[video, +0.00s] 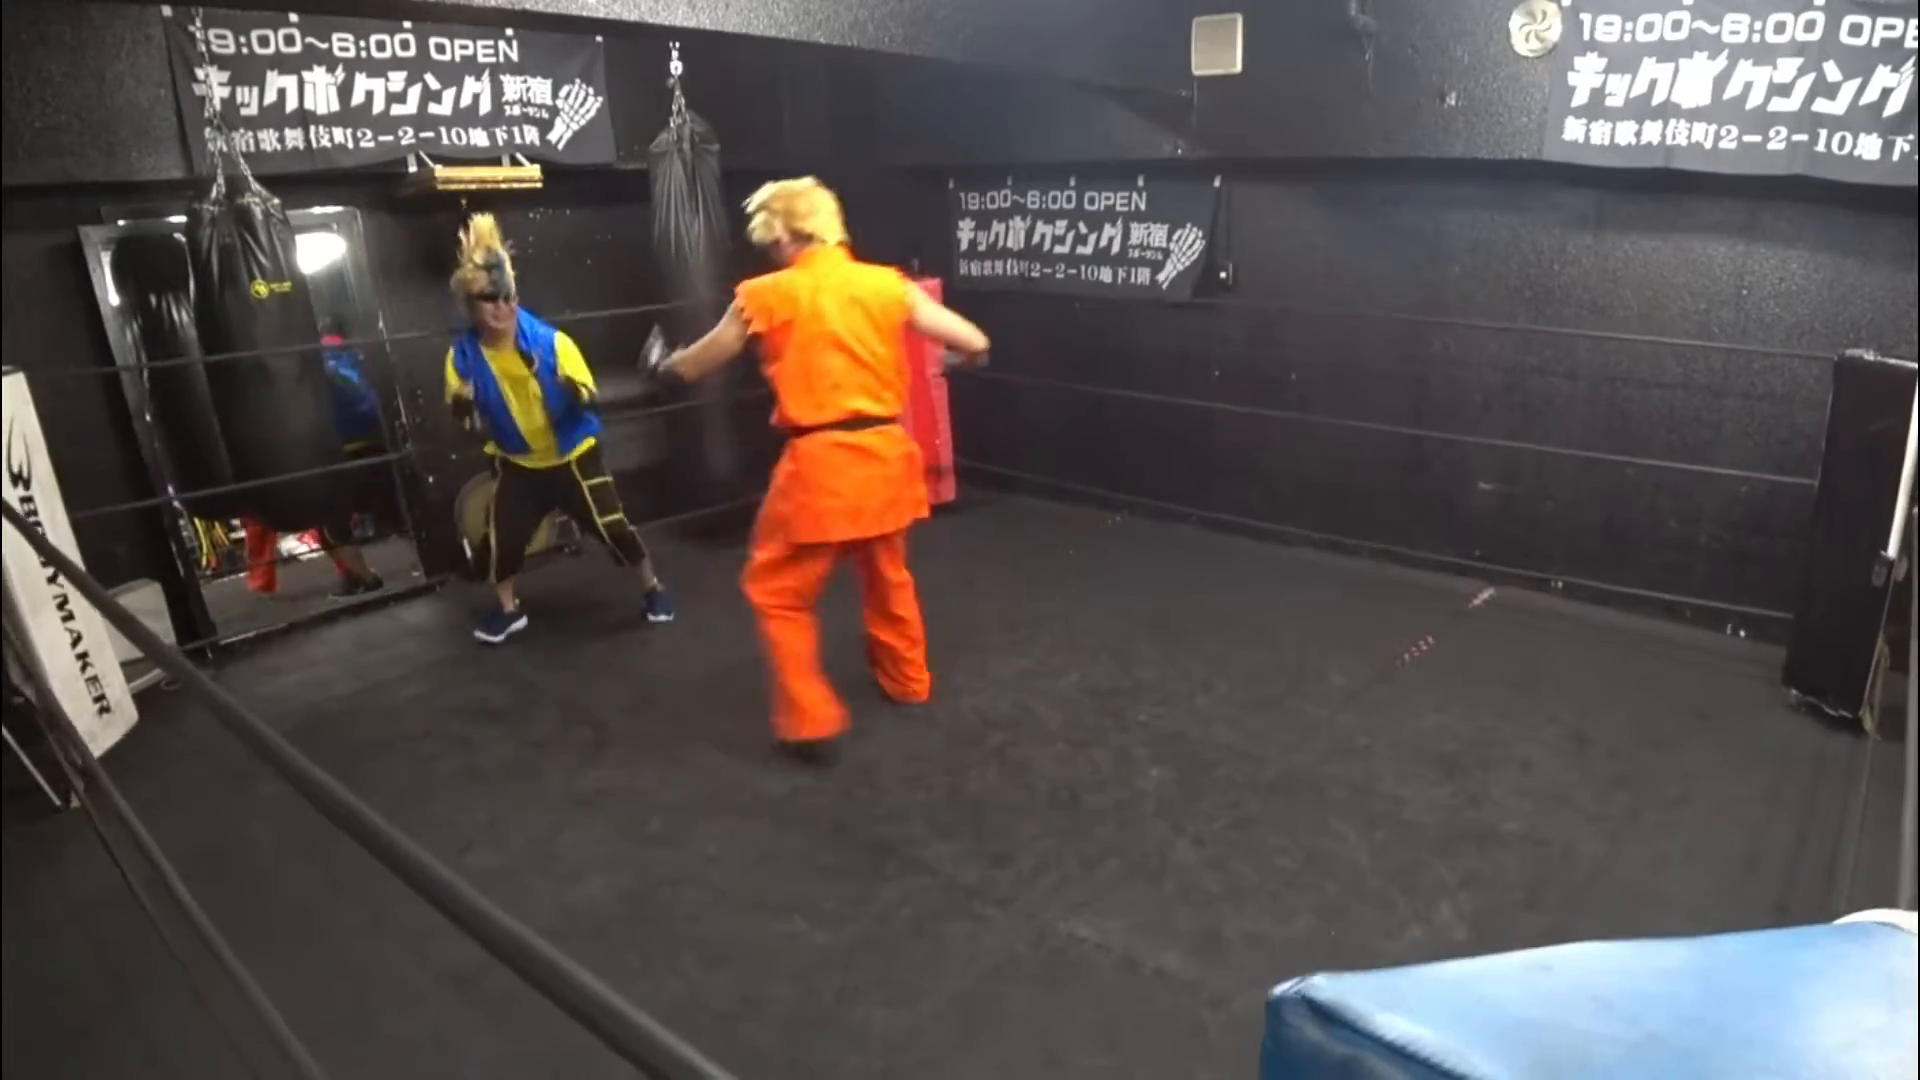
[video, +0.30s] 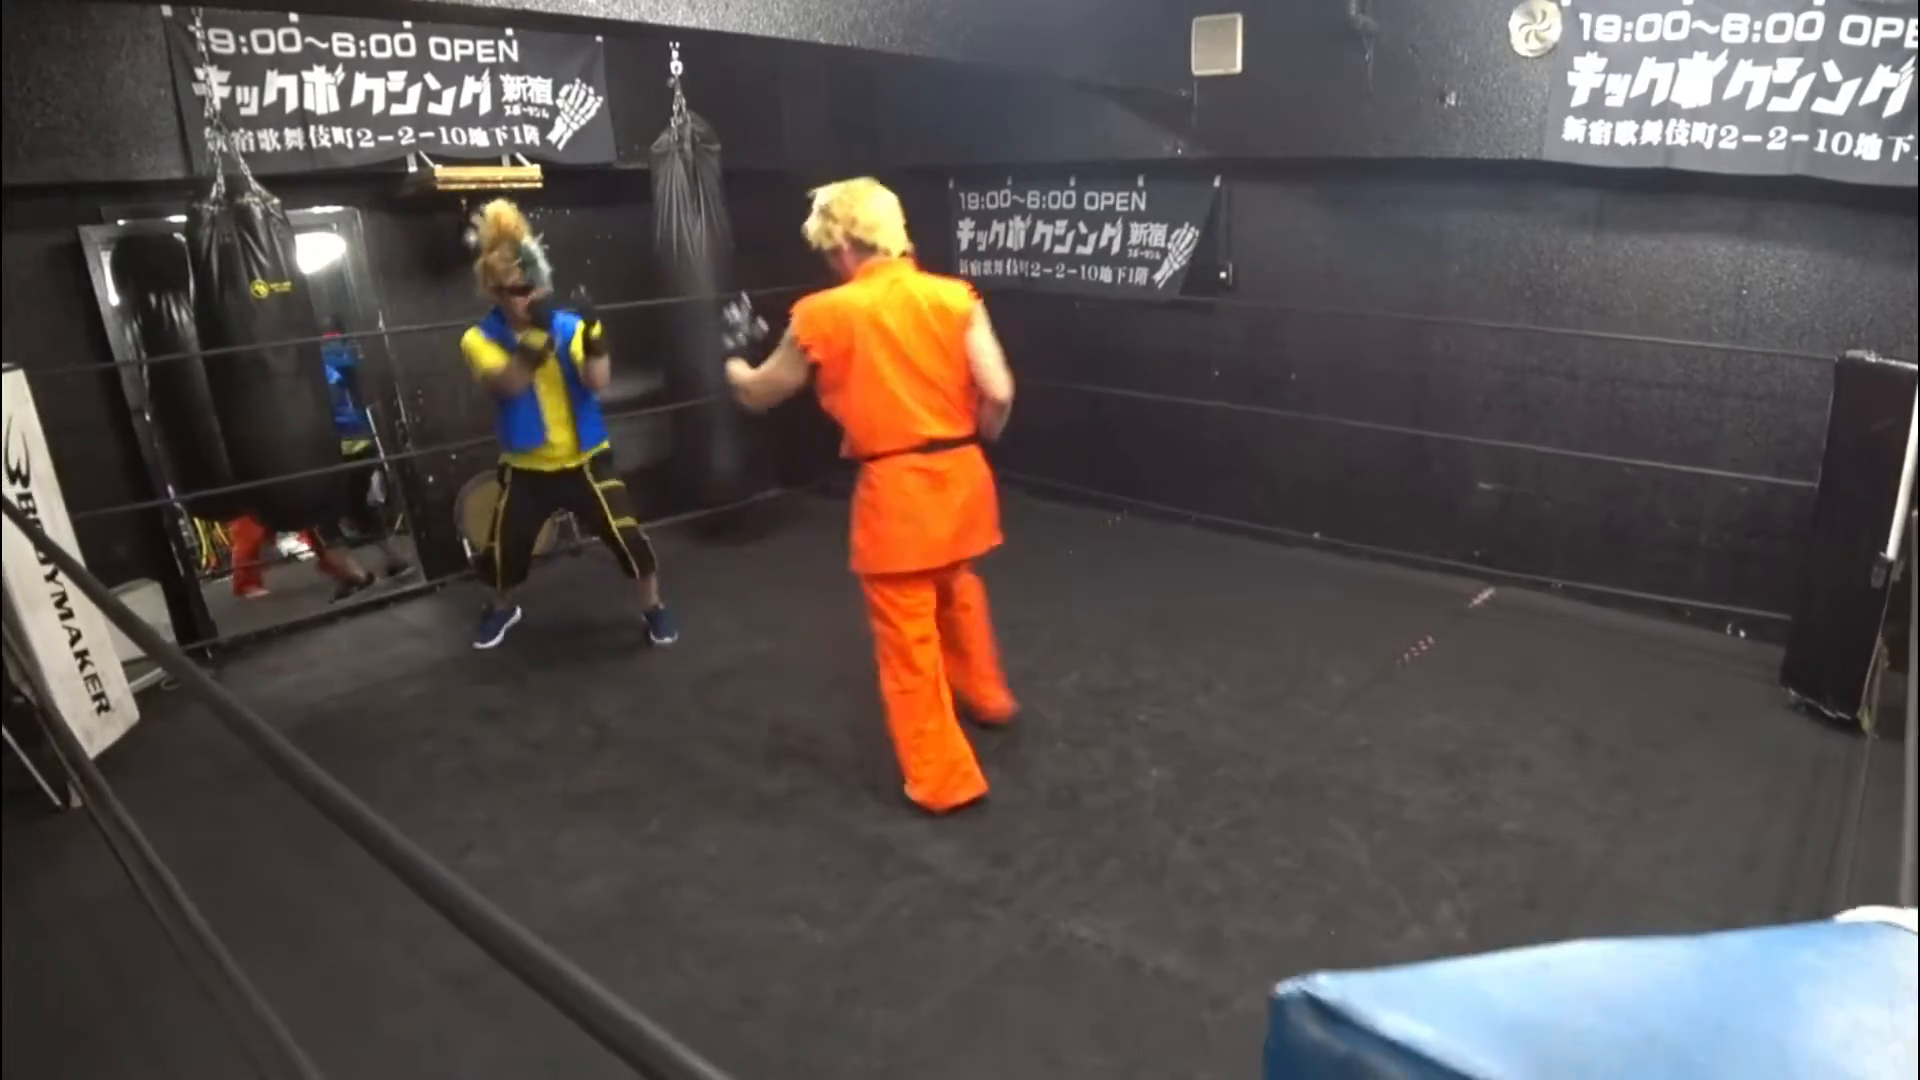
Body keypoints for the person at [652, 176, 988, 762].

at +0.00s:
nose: (768, 252)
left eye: (770, 241)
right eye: (767, 242)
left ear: (790, 236)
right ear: (833, 230)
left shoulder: (767, 296)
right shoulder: (886, 284)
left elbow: (695, 364)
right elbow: (973, 341)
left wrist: (668, 360)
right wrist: (965, 356)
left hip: (817, 462)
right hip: (890, 456)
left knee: (776, 588)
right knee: (888, 567)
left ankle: (811, 721)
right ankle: (908, 678)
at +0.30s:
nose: (828, 261)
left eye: (829, 249)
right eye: (826, 250)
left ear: (845, 246)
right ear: (898, 237)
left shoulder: (825, 315)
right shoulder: (956, 297)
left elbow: (760, 391)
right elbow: (997, 392)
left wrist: (734, 361)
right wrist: (972, 443)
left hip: (892, 486)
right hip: (963, 475)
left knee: (907, 641)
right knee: (957, 577)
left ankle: (944, 780)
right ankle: (987, 696)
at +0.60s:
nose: (881, 276)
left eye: (882, 262)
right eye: (879, 263)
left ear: (904, 255)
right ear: (947, 249)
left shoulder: (898, 321)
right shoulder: (1005, 304)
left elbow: (838, 386)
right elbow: (1079, 333)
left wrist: (762, 366)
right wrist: (1009, 322)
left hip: (948, 504)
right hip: (1023, 491)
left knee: (891, 616)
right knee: (1050, 633)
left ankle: (888, 750)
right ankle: (1110, 766)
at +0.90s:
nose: (852, 293)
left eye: (854, 280)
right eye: (850, 282)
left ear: (879, 272)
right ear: (914, 264)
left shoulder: (866, 336)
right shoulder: (978, 313)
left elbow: (785, 376)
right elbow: (1067, 322)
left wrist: (727, 338)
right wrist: (1002, 323)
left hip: (934, 516)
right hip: (1013, 498)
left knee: (870, 627)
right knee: (1039, 631)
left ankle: (853, 754)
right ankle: (1105, 757)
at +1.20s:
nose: (857, 288)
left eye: (859, 274)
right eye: (855, 275)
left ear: (880, 266)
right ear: (919, 258)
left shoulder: (868, 332)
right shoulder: (986, 299)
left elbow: (790, 398)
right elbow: (1078, 315)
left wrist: (734, 368)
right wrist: (1014, 304)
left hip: (929, 509)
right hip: (1009, 493)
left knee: (868, 613)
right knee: (1046, 635)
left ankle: (851, 746)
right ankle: (1103, 765)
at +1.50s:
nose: (847, 280)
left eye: (847, 267)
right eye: (843, 269)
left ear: (867, 260)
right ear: (912, 249)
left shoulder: (865, 312)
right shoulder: (975, 293)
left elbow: (806, 369)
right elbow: (1072, 323)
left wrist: (749, 386)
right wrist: (1062, 371)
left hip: (932, 496)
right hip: (1010, 481)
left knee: (881, 633)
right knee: (1040, 629)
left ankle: (849, 754)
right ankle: (1098, 762)